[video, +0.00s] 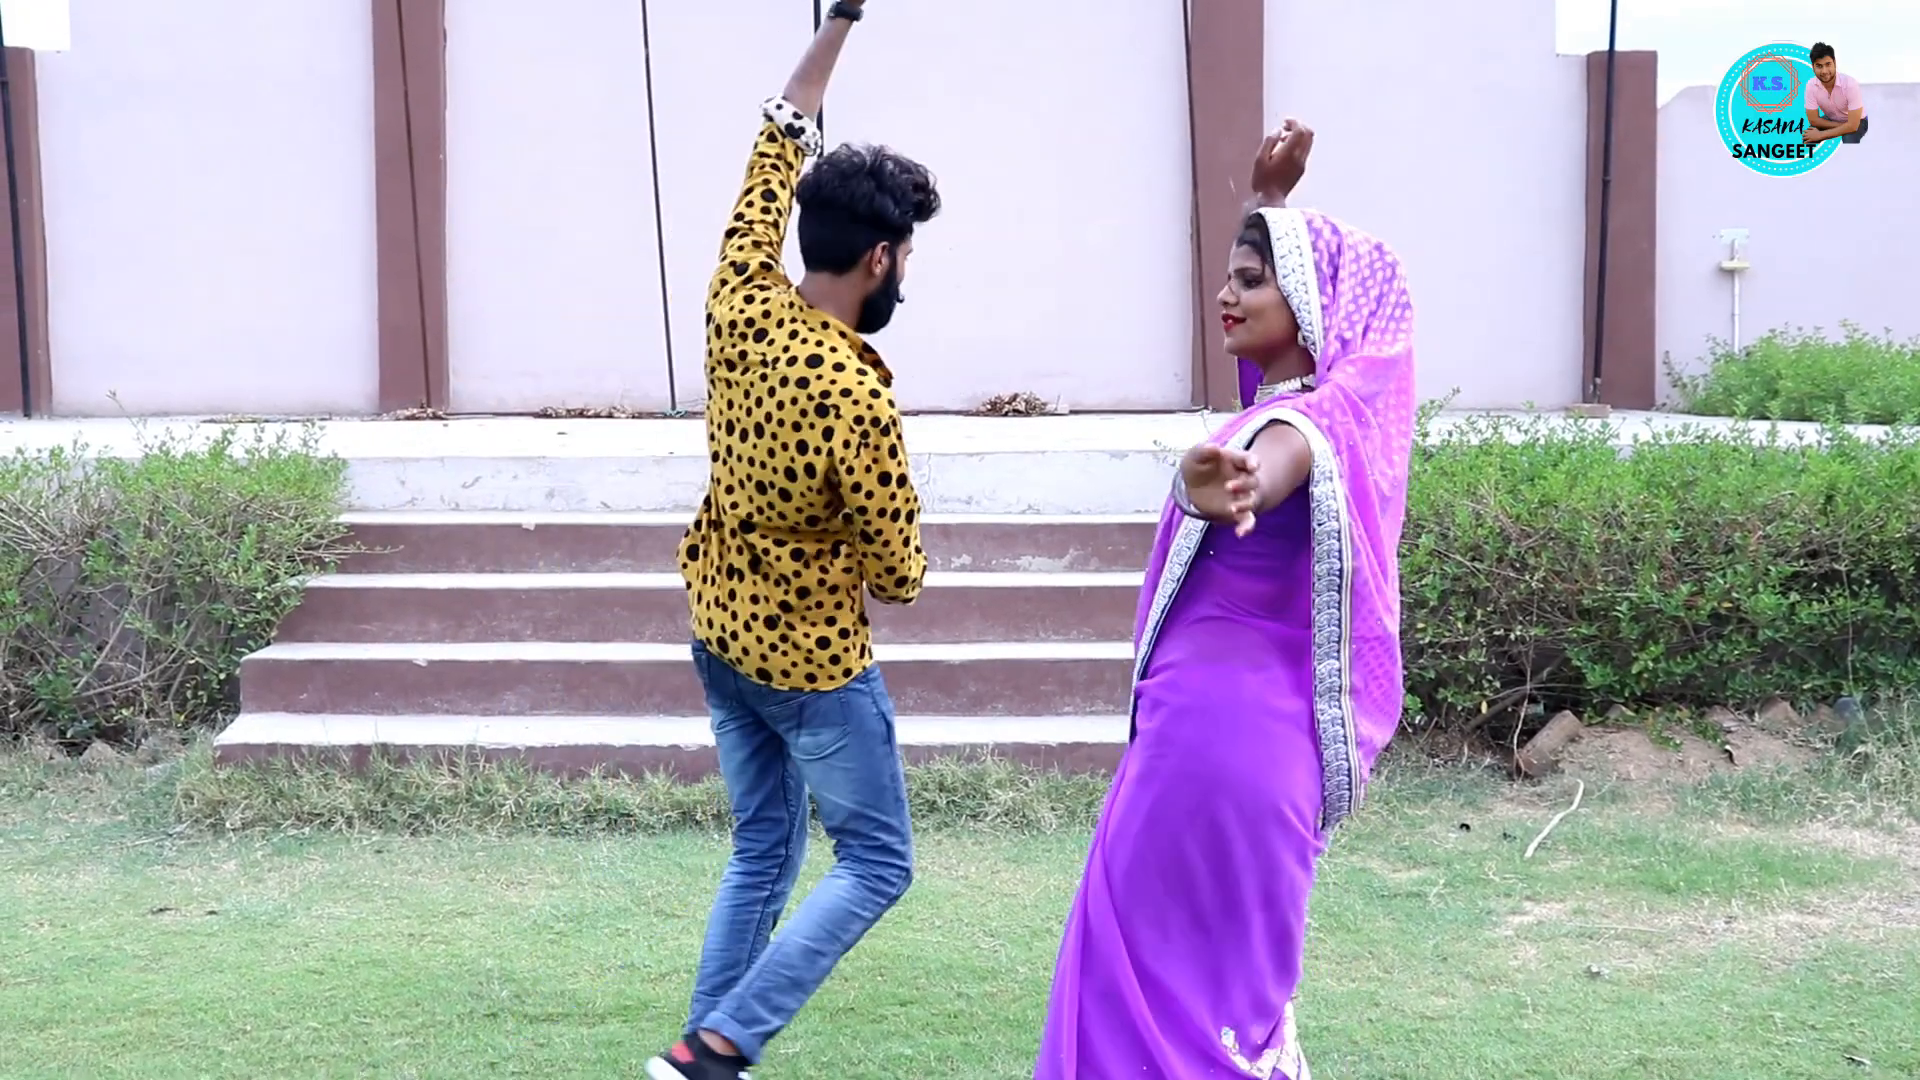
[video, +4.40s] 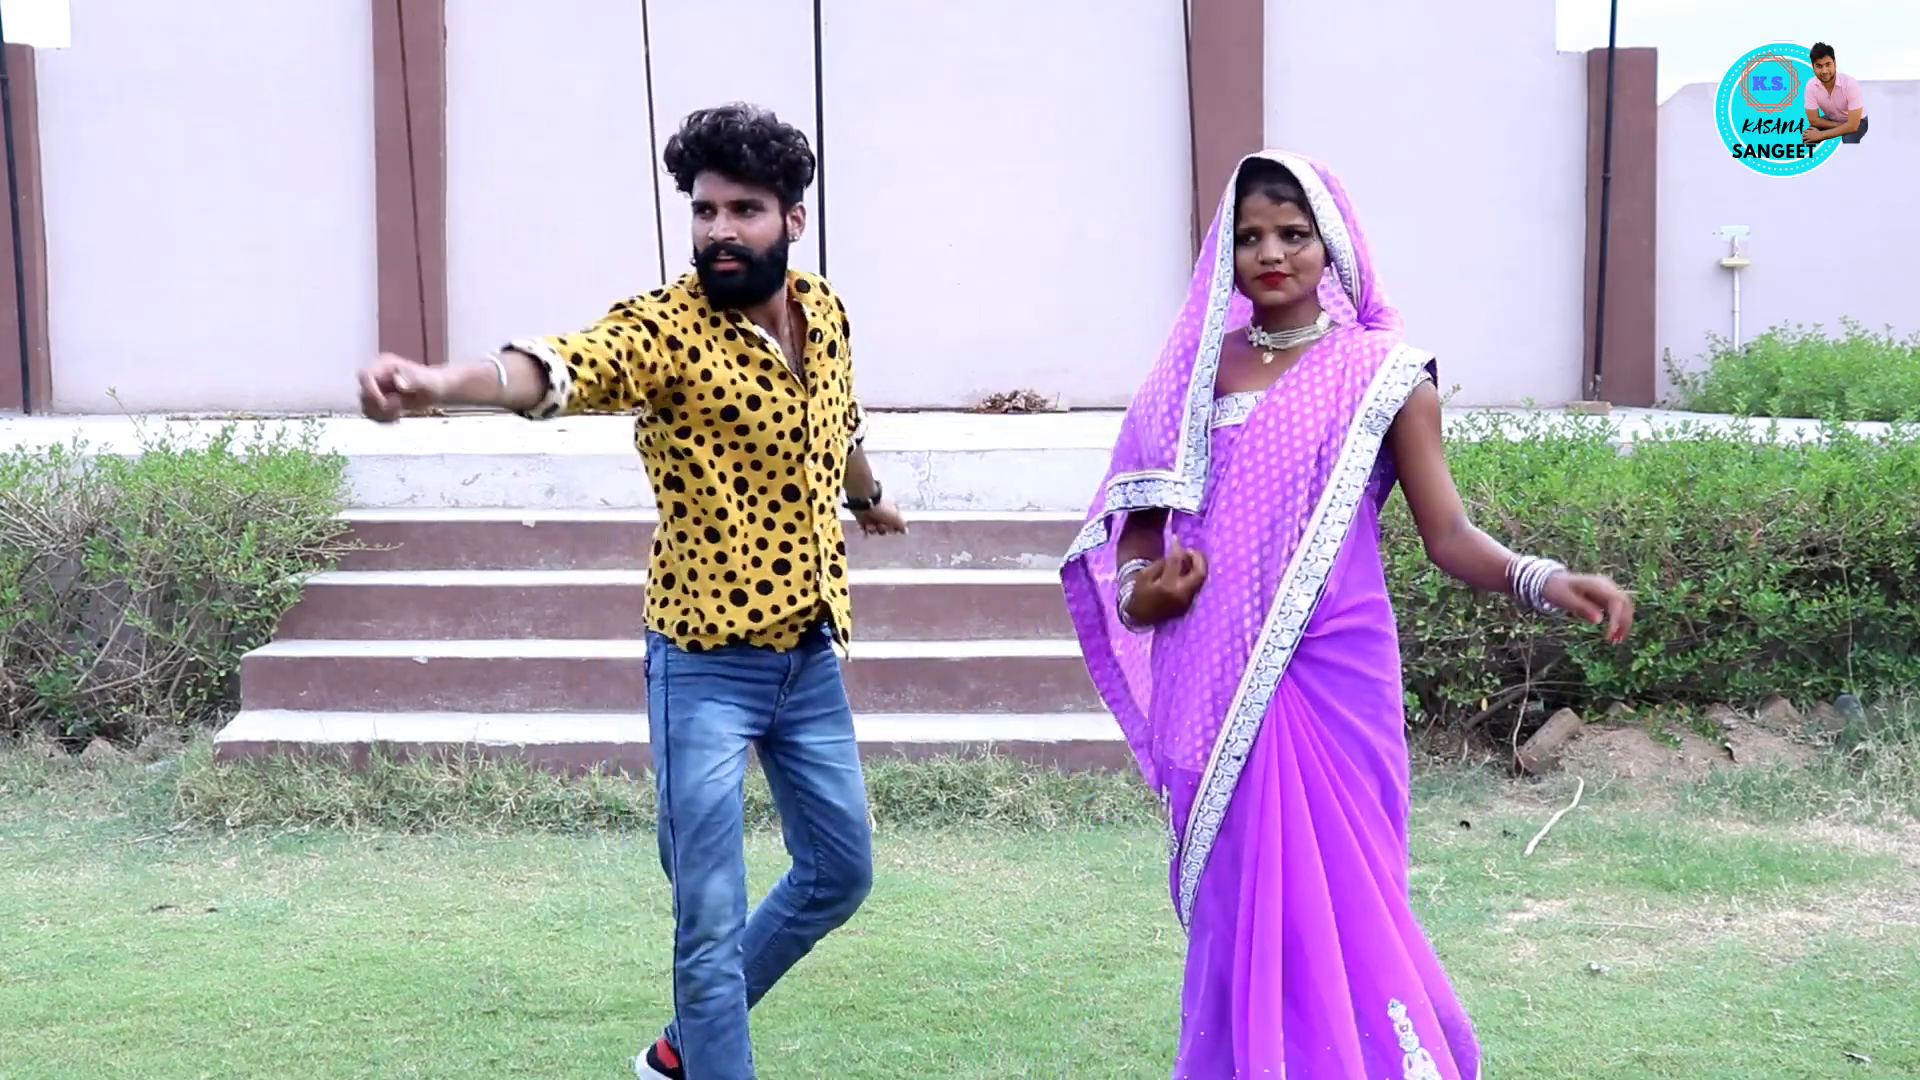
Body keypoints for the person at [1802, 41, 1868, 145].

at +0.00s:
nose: (1824, 71)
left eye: (1828, 65)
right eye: (1819, 66)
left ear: (1835, 63)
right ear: (1813, 67)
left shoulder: (1850, 84)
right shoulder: (1812, 86)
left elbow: (1853, 126)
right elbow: (1813, 120)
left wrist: (1820, 135)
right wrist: (1843, 126)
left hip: (1855, 122)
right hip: (1830, 121)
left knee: (1848, 140)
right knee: (1810, 136)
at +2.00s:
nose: (1824, 71)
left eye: (1828, 65)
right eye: (1819, 66)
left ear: (1835, 63)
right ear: (1813, 67)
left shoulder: (1850, 84)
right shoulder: (1812, 86)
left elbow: (1853, 126)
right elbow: (1813, 120)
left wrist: (1820, 135)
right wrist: (1843, 126)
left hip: (1855, 122)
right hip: (1830, 121)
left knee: (1848, 140)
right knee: (1810, 136)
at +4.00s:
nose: (1824, 71)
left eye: (1828, 65)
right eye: (1819, 66)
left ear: (1835, 63)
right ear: (1813, 67)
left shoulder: (1850, 84)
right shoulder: (1812, 86)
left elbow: (1853, 126)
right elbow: (1813, 120)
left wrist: (1821, 135)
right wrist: (1843, 126)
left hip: (1855, 122)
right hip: (1830, 121)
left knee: (1848, 140)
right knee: (1810, 136)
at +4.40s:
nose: (1824, 71)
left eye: (1828, 65)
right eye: (1819, 66)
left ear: (1835, 63)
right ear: (1813, 67)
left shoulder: (1850, 84)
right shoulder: (1812, 86)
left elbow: (1853, 126)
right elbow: (1813, 120)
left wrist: (1821, 135)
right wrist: (1843, 126)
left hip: (1855, 122)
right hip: (1830, 121)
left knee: (1848, 140)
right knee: (1810, 136)